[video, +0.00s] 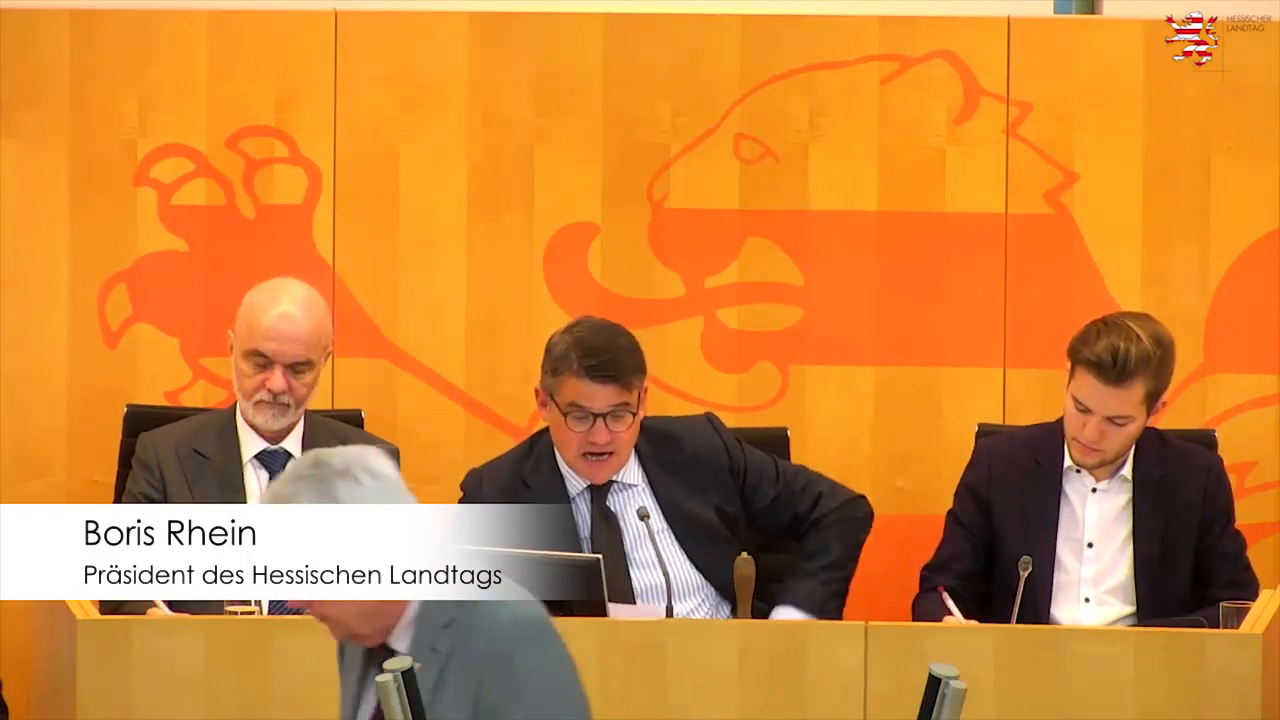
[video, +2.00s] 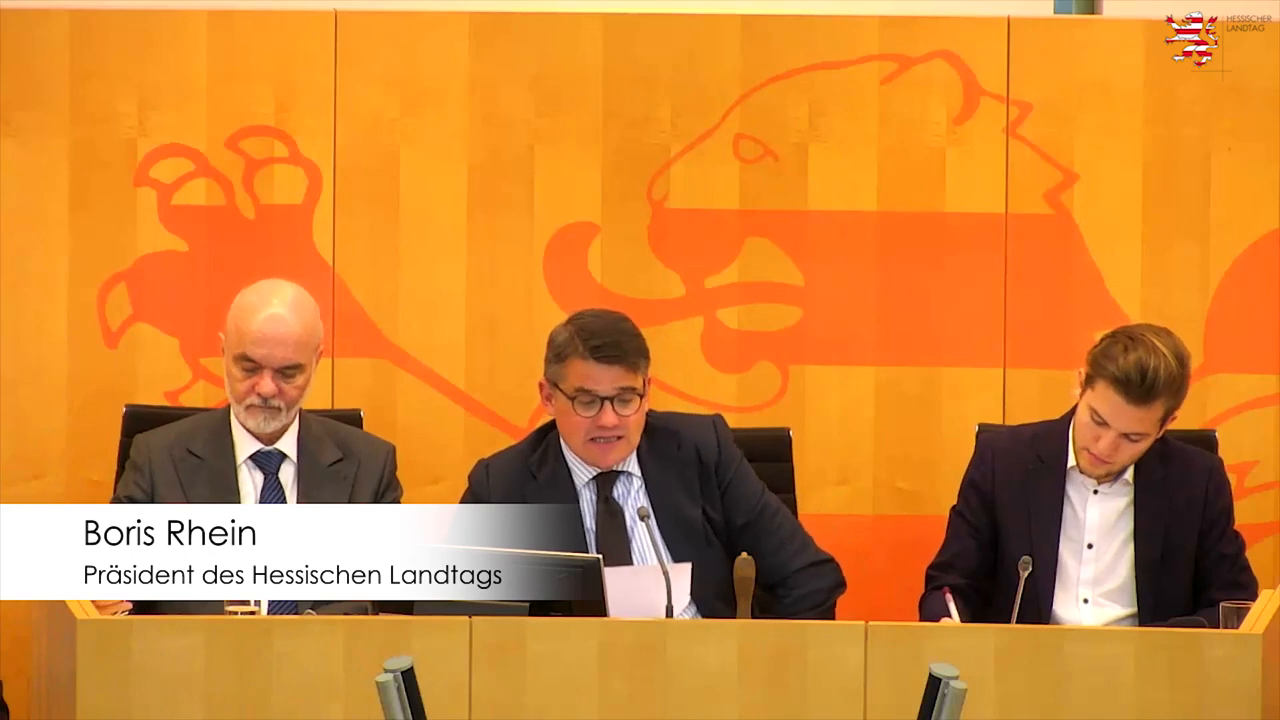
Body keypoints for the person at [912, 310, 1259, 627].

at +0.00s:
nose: (1090, 434)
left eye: (1116, 422)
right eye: (1081, 407)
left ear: (1155, 411)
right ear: (1067, 381)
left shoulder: (1197, 475)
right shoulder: (1000, 460)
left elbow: (1239, 602)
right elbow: (941, 591)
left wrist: (1150, 641)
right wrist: (952, 633)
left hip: (1149, 678)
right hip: (1023, 670)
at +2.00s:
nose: (1105, 447)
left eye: (1131, 437)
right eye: (1097, 419)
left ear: (1164, 423)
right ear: (1081, 383)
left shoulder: (1199, 478)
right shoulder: (1002, 458)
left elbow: (1238, 601)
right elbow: (950, 584)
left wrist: (1166, 644)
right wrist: (951, 634)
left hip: (1150, 680)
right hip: (1024, 672)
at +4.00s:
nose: (1095, 422)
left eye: (1117, 404)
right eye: (1079, 400)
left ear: (1146, 389)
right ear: (1055, 381)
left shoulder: (1191, 473)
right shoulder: (997, 459)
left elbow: (1225, 606)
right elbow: (956, 587)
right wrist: (941, 617)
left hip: (1150, 680)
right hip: (1022, 674)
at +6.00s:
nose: (1076, 386)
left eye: (1098, 370)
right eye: (1064, 368)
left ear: (1139, 378)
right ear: (1049, 370)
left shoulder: (1194, 468)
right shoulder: (1000, 458)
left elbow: (1236, 601)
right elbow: (950, 587)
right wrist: (948, 623)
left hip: (1156, 675)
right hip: (1025, 671)